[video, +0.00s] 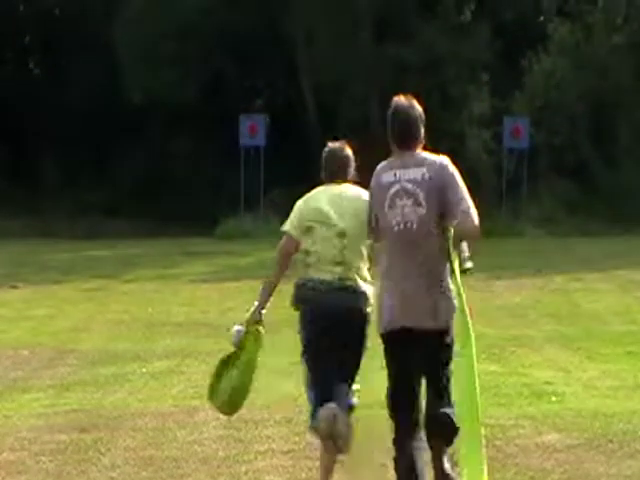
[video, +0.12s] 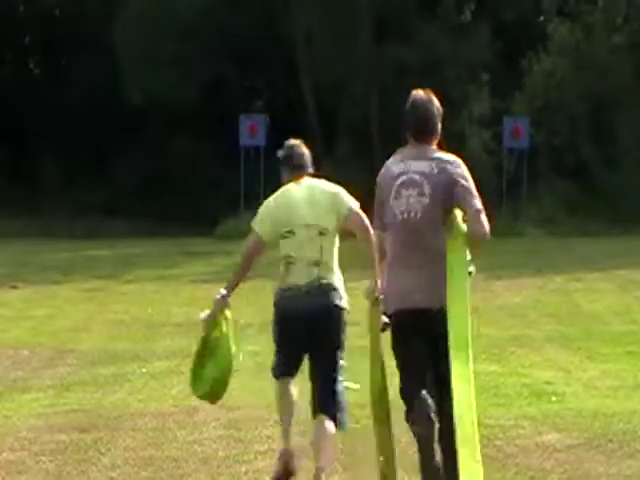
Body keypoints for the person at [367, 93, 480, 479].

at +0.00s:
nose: (411, 134)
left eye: (399, 129)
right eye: (418, 127)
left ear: (389, 134)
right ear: (423, 130)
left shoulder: (381, 174)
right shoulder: (441, 168)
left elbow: (375, 230)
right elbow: (469, 225)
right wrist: (447, 230)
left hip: (392, 298)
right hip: (434, 296)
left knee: (401, 384)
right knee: (439, 375)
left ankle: (405, 459)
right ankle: (441, 445)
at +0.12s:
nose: (439, 128)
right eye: (440, 122)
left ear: (406, 127)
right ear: (439, 127)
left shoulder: (389, 168)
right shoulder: (451, 167)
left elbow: (380, 227)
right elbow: (479, 229)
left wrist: (380, 276)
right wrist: (467, 250)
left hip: (400, 298)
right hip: (442, 297)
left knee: (412, 383)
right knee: (448, 388)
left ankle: (424, 427)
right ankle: (451, 467)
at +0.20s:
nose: (440, 137)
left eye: (423, 131)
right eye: (443, 131)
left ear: (413, 136)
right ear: (447, 136)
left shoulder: (397, 177)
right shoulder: (459, 181)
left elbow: (376, 238)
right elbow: (480, 250)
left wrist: (400, 250)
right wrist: (461, 264)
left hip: (407, 300)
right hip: (447, 299)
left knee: (418, 381)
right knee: (454, 381)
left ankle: (427, 433)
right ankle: (458, 454)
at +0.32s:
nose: (420, 129)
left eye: (412, 124)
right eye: (429, 121)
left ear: (406, 128)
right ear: (438, 127)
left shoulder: (397, 169)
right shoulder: (458, 169)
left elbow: (372, 231)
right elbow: (471, 232)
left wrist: (404, 235)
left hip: (425, 289)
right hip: (460, 285)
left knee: (432, 370)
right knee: (458, 366)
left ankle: (442, 446)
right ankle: (453, 447)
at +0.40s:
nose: (414, 139)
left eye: (407, 133)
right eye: (426, 130)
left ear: (403, 136)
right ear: (434, 133)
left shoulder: (398, 177)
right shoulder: (456, 172)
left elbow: (388, 237)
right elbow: (475, 227)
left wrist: (397, 252)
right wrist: (480, 255)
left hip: (424, 291)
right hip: (460, 284)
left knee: (434, 373)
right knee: (460, 363)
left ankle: (452, 452)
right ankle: (454, 430)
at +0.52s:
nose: (418, 145)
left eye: (406, 142)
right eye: (423, 137)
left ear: (399, 146)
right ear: (430, 141)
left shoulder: (394, 186)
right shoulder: (450, 174)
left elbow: (394, 250)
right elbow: (482, 225)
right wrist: (460, 222)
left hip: (419, 301)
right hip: (455, 296)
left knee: (430, 396)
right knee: (458, 371)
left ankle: (455, 471)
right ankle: (472, 422)